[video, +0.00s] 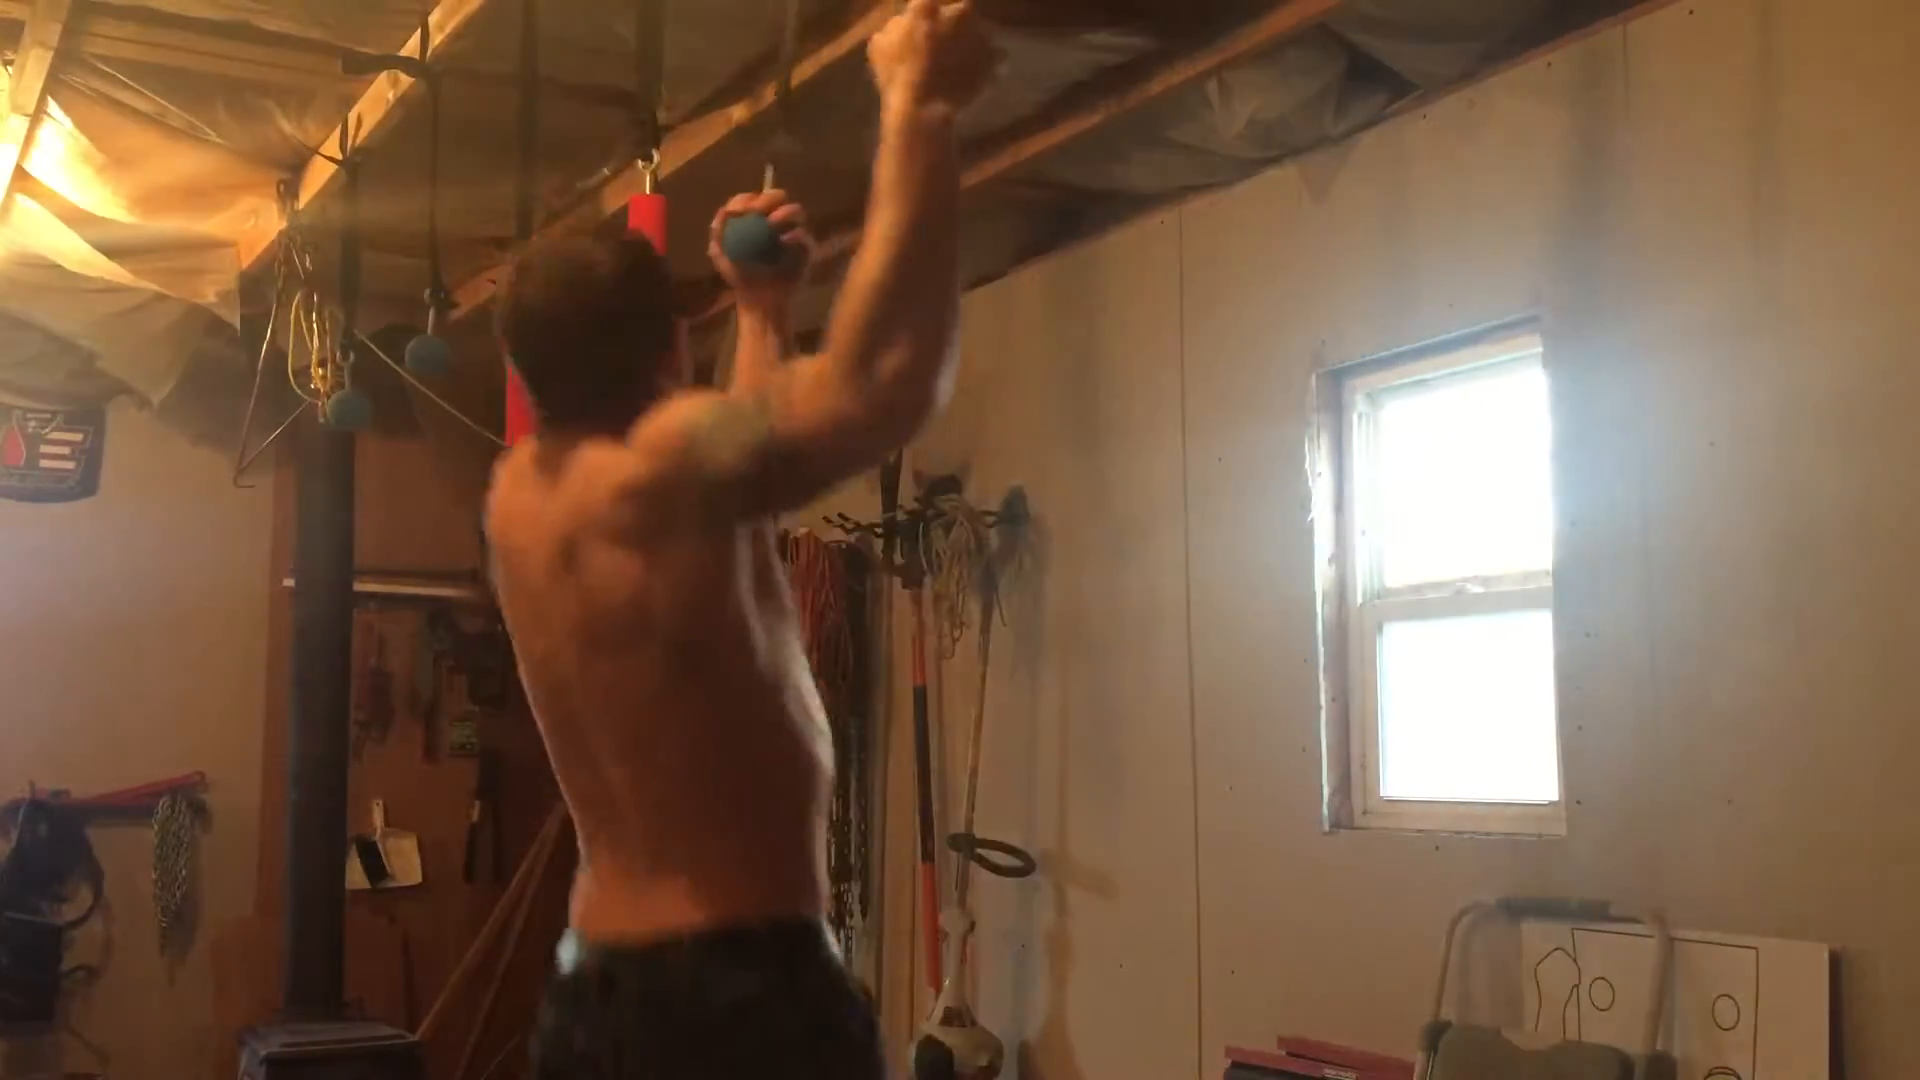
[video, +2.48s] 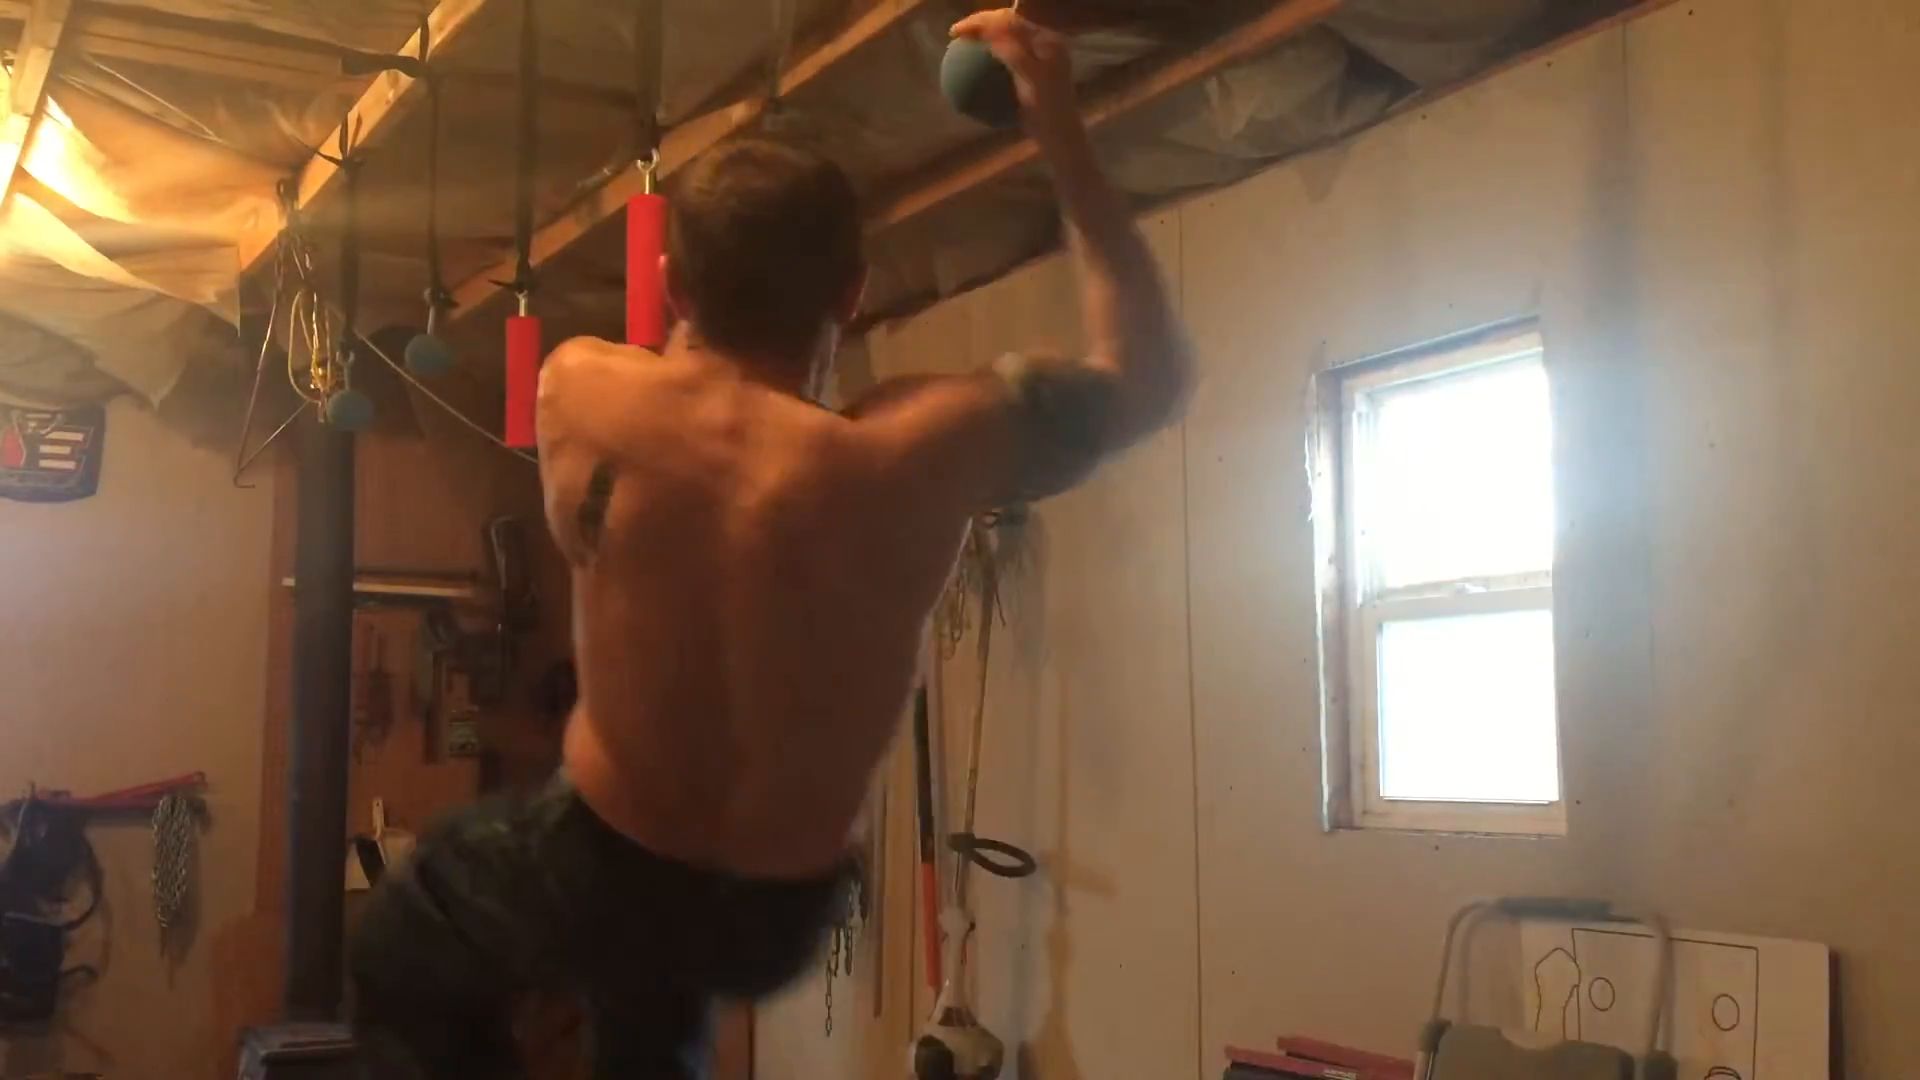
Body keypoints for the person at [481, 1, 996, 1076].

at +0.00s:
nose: (693, 352)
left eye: (680, 328)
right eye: (681, 328)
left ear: (523, 367)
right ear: (666, 342)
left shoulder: (513, 495)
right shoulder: (678, 460)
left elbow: (750, 467)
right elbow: (879, 390)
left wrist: (761, 304)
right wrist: (919, 108)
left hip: (596, 984)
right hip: (751, 981)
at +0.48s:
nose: (701, 278)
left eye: (705, 256)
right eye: (695, 258)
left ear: (549, 323)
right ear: (677, 292)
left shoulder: (539, 437)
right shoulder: (701, 431)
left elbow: (715, 465)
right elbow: (957, 402)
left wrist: (724, 313)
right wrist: (964, 131)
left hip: (637, 902)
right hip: (764, 949)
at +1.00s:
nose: (982, 196)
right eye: (976, 179)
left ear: (802, 250)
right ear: (966, 202)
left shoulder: (790, 427)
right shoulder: (1035, 343)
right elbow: (1351, 366)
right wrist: (1235, 111)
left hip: (1051, 942)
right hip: (1248, 935)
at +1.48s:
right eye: (1115, 42)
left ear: (925, 166)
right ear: (1110, 53)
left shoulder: (947, 349)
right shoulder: (1230, 152)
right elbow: (1619, 140)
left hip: (1338, 883)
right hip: (1566, 753)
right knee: (1877, 1011)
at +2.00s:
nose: (929, 251)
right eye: (919, 227)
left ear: (742, 294)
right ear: (910, 248)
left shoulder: (748, 441)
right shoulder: (928, 350)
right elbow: (1213, 284)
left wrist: (919, 240)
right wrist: (1127, 37)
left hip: (943, 988)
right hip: (1128, 947)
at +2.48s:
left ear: (682, 288)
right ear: (850, 295)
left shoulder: (589, 398)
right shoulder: (931, 448)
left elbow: (578, 541)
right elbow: (1147, 379)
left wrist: (693, 321)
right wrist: (1063, 128)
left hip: (598, 878)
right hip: (781, 921)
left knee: (399, 946)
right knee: (650, 1001)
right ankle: (647, 1069)